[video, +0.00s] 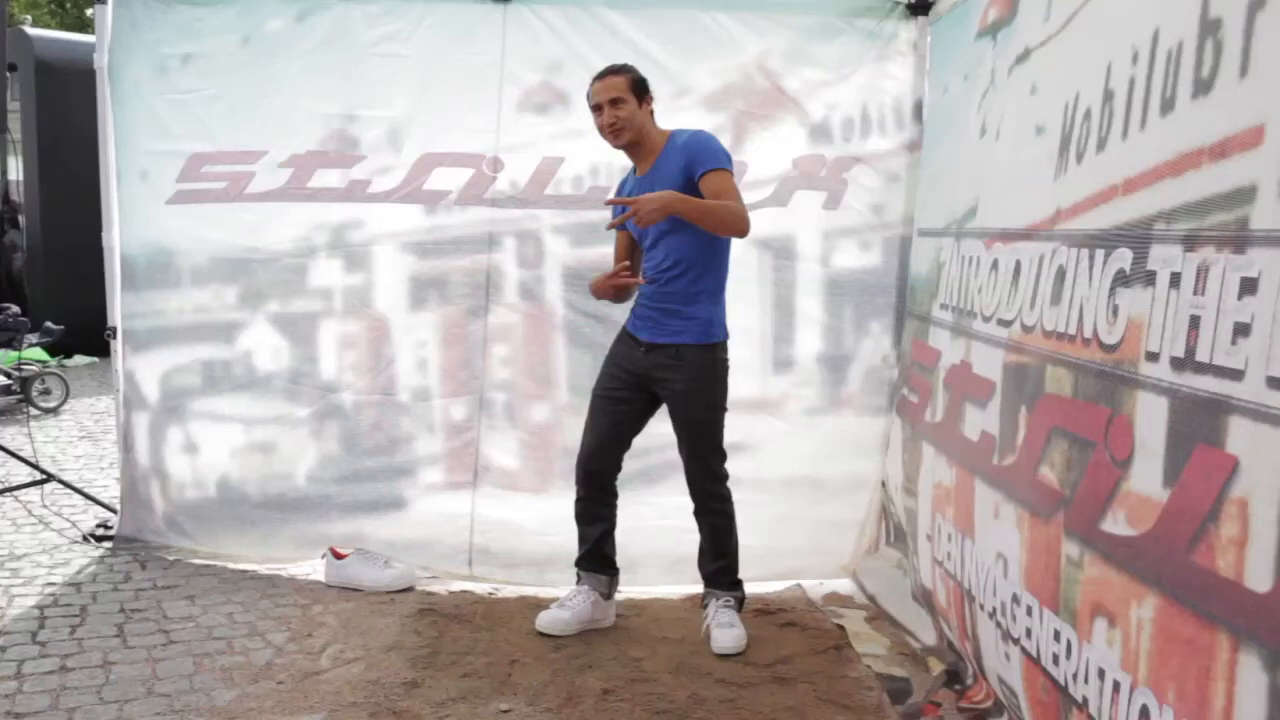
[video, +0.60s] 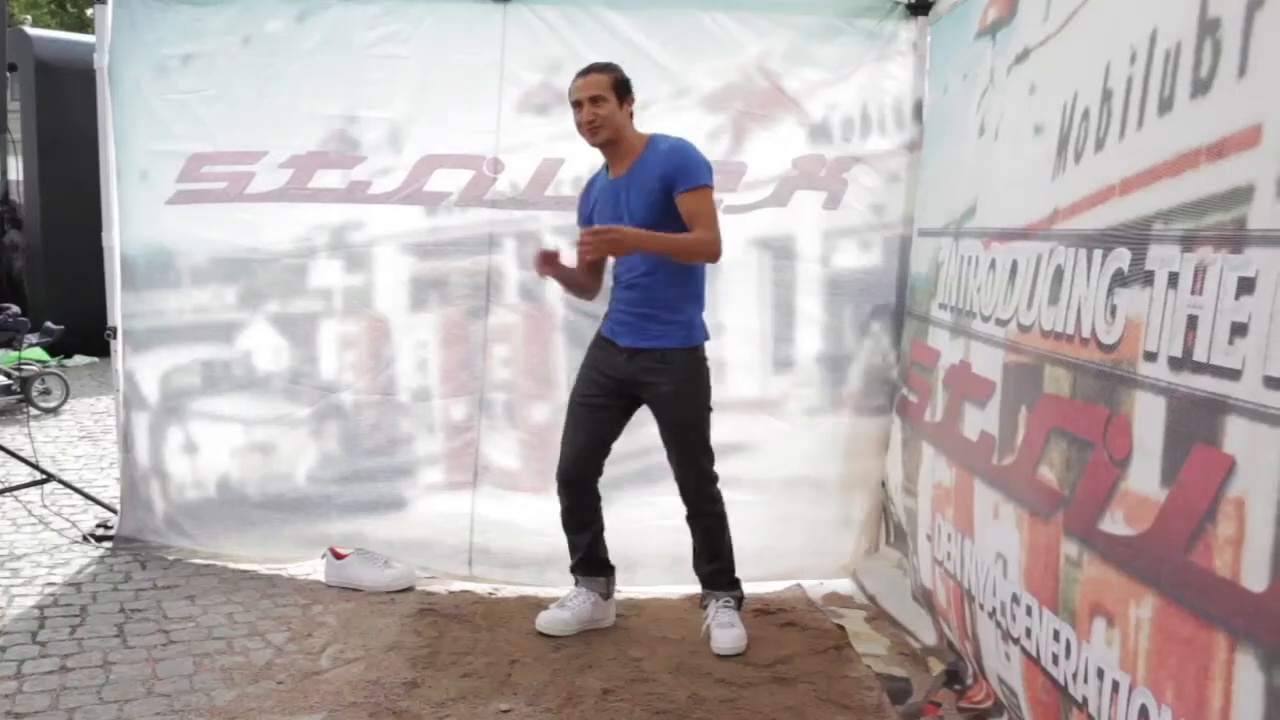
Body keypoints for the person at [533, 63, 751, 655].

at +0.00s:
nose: (608, 118)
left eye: (618, 104)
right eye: (599, 111)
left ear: (647, 104)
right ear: (595, 122)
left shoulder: (696, 149)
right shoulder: (625, 192)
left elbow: (738, 222)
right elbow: (625, 275)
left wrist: (675, 202)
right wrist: (605, 288)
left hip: (696, 348)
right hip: (636, 342)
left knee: (706, 477)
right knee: (594, 463)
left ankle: (723, 600)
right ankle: (595, 590)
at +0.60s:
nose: (586, 115)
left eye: (597, 102)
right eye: (577, 106)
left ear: (627, 104)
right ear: (574, 117)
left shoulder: (675, 157)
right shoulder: (594, 192)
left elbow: (709, 245)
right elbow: (588, 287)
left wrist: (632, 239)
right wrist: (560, 269)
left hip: (676, 354)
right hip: (613, 348)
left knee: (697, 483)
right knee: (574, 471)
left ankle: (722, 602)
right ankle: (593, 592)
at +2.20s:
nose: (582, 88)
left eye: (595, 78)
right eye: (581, 79)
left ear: (635, 85)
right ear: (589, 89)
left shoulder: (684, 169)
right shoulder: (576, 164)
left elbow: (705, 269)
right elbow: (548, 249)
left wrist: (709, 365)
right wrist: (524, 247)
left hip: (645, 354)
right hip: (578, 344)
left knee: (645, 493)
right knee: (547, 468)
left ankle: (652, 614)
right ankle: (582, 578)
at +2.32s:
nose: (574, 89)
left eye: (585, 79)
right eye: (572, 80)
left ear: (627, 84)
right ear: (585, 89)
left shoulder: (669, 164)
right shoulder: (584, 163)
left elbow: (706, 263)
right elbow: (542, 244)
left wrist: (721, 354)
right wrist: (480, 198)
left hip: (637, 353)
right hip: (578, 341)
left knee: (634, 489)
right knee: (537, 460)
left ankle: (651, 614)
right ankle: (578, 575)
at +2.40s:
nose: (572, 86)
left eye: (582, 74)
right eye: (568, 76)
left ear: (622, 75)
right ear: (577, 82)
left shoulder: (664, 150)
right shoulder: (584, 157)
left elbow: (698, 247)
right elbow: (535, 230)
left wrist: (706, 339)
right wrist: (468, 187)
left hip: (632, 347)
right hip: (574, 337)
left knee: (637, 484)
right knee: (545, 460)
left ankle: (658, 612)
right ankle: (574, 588)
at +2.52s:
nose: (568, 94)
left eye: (579, 82)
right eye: (562, 84)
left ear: (615, 84)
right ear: (562, 90)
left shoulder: (653, 147)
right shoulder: (572, 165)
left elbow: (681, 249)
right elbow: (507, 223)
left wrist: (657, 339)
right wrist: (452, 181)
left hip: (626, 351)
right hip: (569, 345)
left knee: (640, 489)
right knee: (554, 475)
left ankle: (669, 613)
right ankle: (575, 595)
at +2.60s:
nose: (560, 95)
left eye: (571, 83)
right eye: (554, 84)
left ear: (606, 86)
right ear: (552, 91)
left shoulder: (645, 144)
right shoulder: (562, 166)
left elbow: (665, 240)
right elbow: (495, 227)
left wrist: (628, 310)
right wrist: (447, 178)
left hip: (625, 347)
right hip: (568, 342)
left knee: (631, 484)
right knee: (552, 474)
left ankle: (668, 612)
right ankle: (576, 595)